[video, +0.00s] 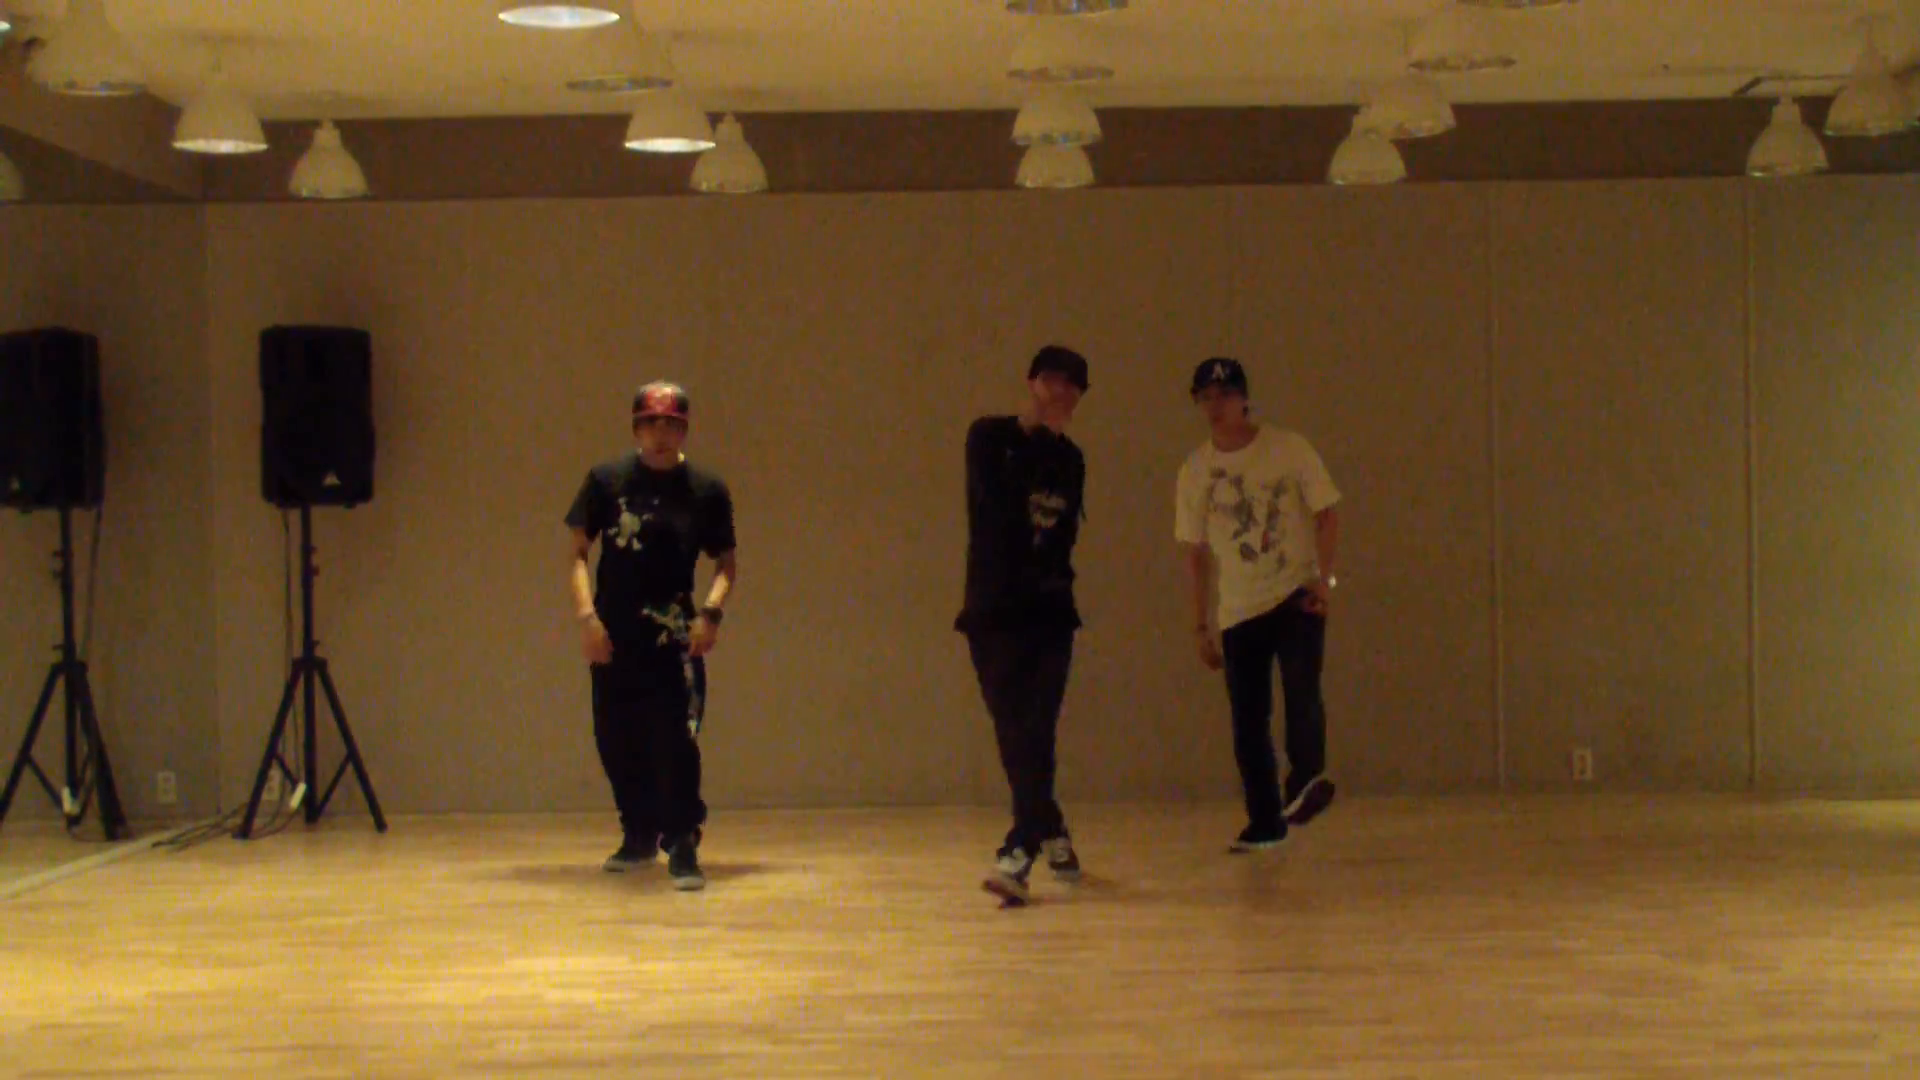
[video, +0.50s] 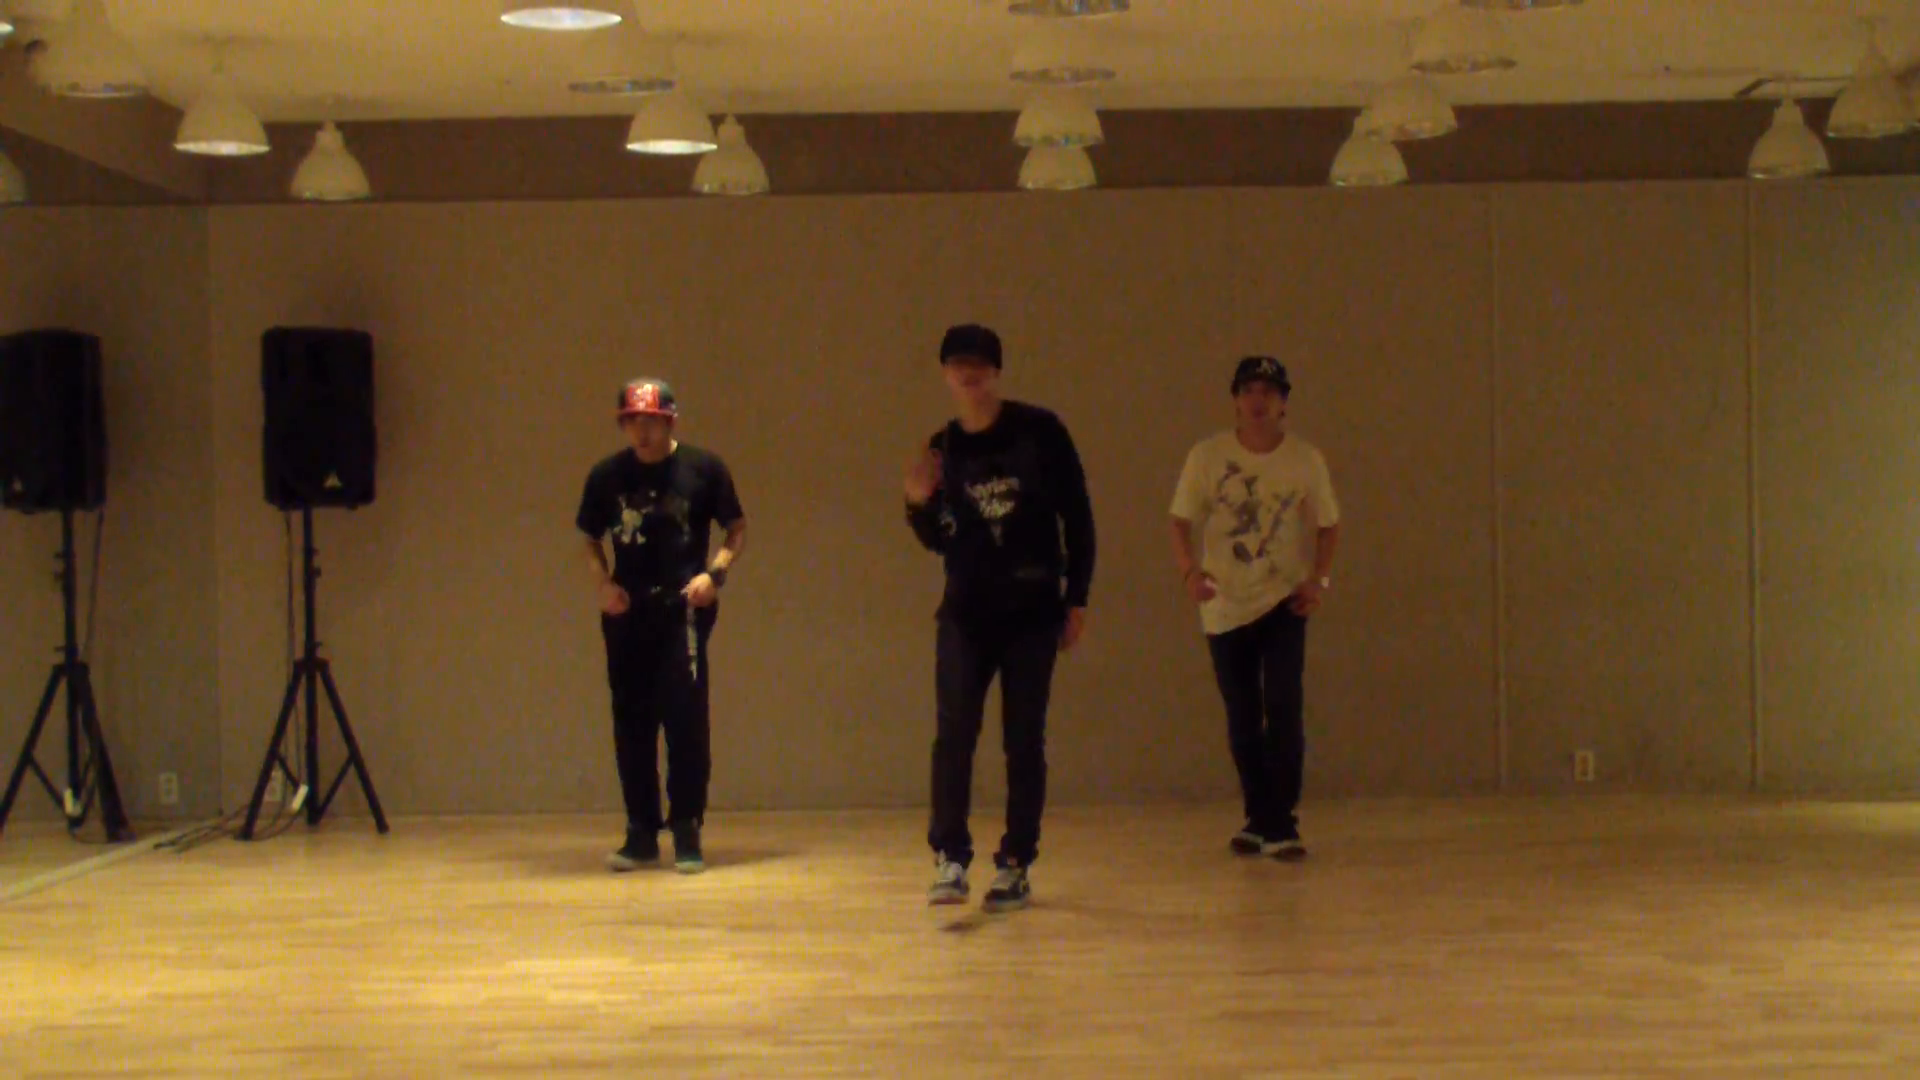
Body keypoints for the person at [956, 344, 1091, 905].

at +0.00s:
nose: (1065, 396)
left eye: (1074, 388)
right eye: (1057, 384)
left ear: (1080, 396)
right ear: (1033, 383)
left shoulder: (1071, 457)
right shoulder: (989, 435)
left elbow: (1064, 536)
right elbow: (985, 517)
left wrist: (1051, 594)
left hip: (1049, 612)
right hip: (993, 609)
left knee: (1037, 726)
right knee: (1012, 727)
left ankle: (1021, 844)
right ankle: (1052, 832)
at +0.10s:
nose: (1046, 390)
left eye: (1056, 382)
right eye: (1037, 379)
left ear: (1069, 392)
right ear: (1020, 383)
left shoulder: (1065, 461)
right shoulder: (982, 435)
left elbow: (1062, 551)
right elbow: (989, 493)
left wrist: (1062, 628)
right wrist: (1036, 436)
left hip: (1040, 617)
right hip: (985, 613)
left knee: (1026, 735)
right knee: (994, 735)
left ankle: (1014, 856)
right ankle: (1028, 837)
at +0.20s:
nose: (1026, 385)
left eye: (1036, 375)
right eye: (1016, 374)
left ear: (1050, 381)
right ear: (998, 377)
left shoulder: (1068, 455)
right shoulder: (971, 435)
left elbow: (1071, 547)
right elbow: (944, 488)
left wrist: (1064, 626)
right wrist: (984, 427)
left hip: (1037, 615)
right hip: (978, 612)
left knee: (1022, 738)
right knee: (972, 735)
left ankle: (1015, 859)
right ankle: (992, 831)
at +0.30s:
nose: (1000, 378)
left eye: (1011, 367)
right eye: (991, 367)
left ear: (1028, 372)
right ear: (974, 372)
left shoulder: (1062, 442)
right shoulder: (956, 437)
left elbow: (1080, 535)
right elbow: (923, 496)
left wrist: (1071, 616)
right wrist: (958, 429)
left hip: (1036, 612)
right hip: (972, 609)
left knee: (1021, 737)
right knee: (960, 732)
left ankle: (1015, 859)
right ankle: (967, 843)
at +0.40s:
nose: (987, 375)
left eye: (996, 364)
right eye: (976, 365)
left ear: (1013, 369)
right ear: (960, 372)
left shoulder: (1052, 434)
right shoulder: (948, 442)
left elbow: (1081, 526)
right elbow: (925, 524)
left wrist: (1076, 607)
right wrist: (929, 453)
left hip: (1036, 610)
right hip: (969, 609)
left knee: (1022, 739)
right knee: (954, 736)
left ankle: (1014, 862)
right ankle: (951, 860)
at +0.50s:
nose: (969, 376)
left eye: (979, 366)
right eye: (959, 367)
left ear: (998, 370)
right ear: (945, 374)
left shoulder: (1041, 430)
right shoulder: (943, 448)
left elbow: (1078, 517)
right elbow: (937, 540)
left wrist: (1076, 599)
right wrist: (919, 501)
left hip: (1033, 605)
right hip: (967, 606)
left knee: (1023, 738)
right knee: (954, 732)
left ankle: (1016, 860)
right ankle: (949, 857)